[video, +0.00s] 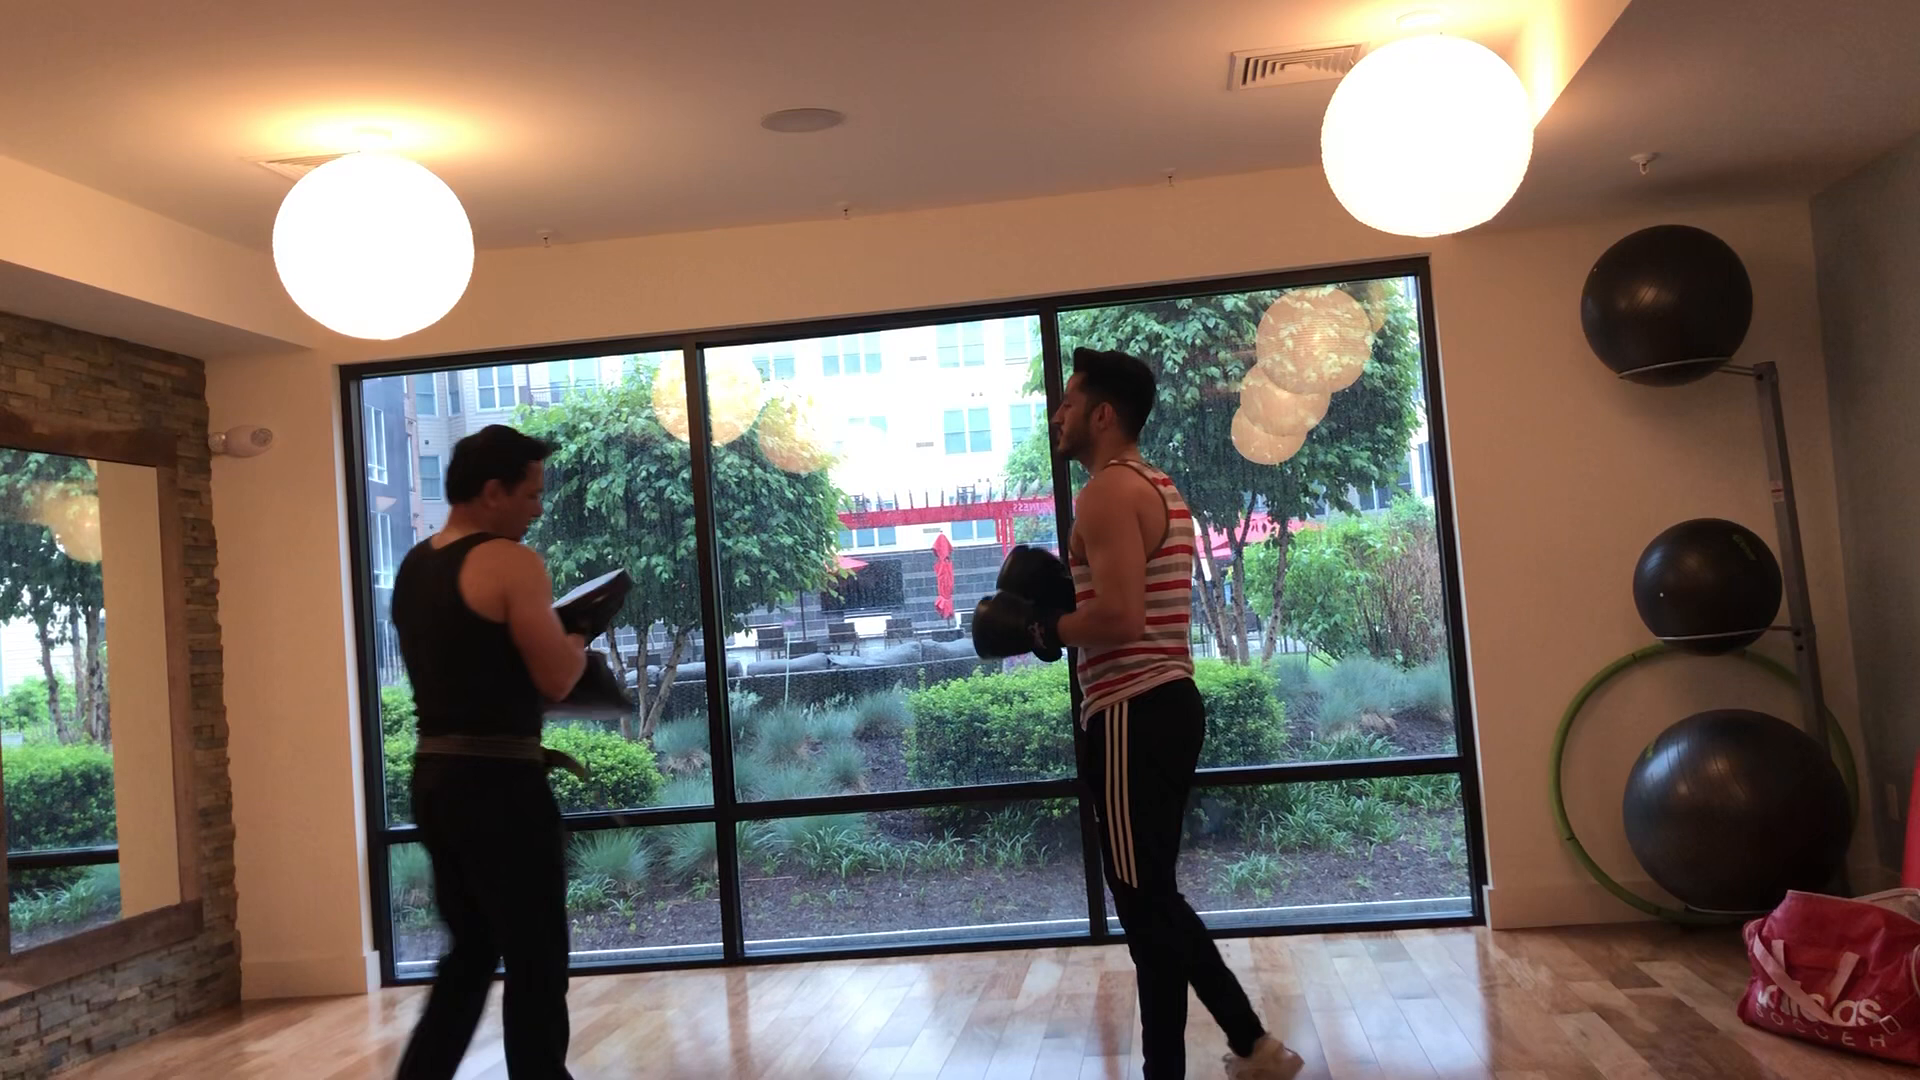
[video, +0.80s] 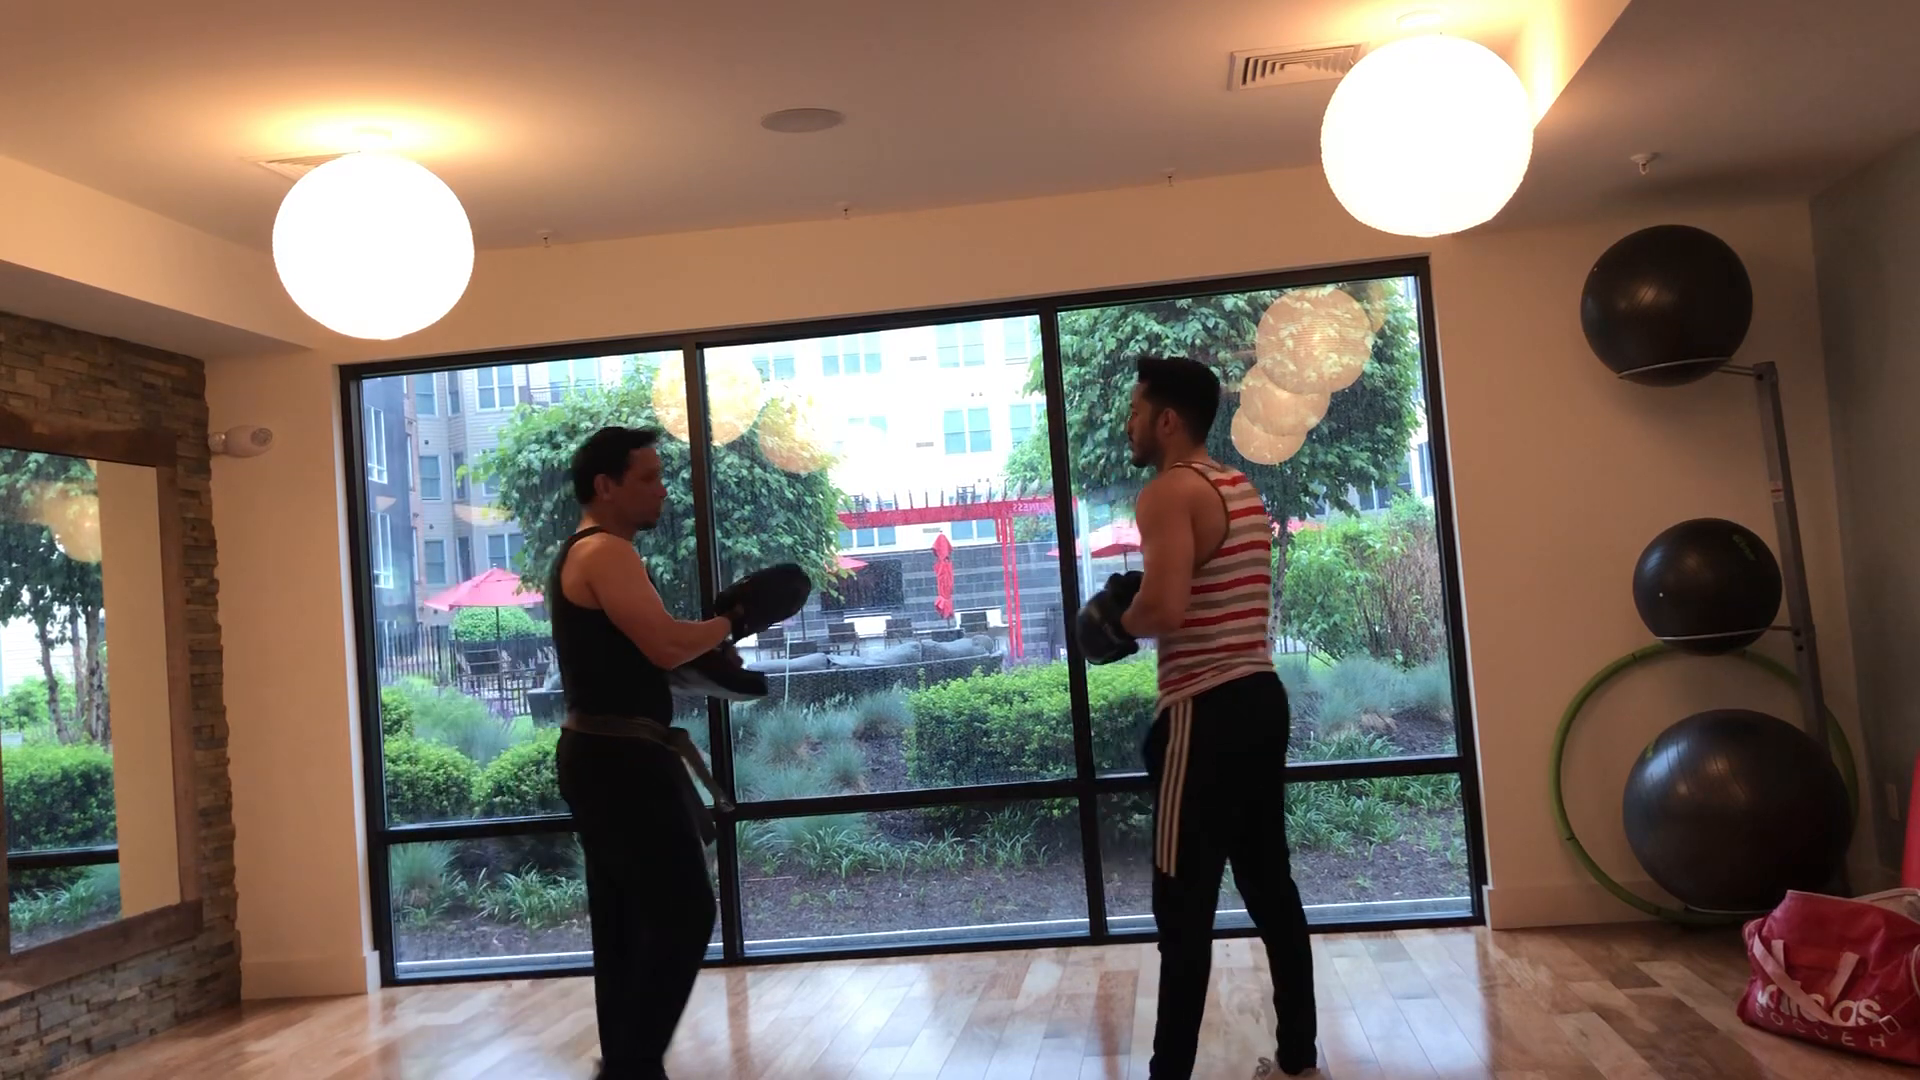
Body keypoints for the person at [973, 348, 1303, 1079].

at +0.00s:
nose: (1055, 413)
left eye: (1066, 400)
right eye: (1061, 399)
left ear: (1102, 413)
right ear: (1115, 417)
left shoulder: (1109, 493)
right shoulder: (1158, 489)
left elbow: (1117, 617)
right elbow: (1140, 604)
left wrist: (1044, 629)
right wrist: (1060, 597)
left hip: (1132, 708)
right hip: (1168, 701)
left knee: (1139, 895)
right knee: (1149, 892)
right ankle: (1250, 1044)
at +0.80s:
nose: (1126, 422)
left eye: (1134, 409)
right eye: (1130, 407)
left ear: (1167, 418)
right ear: (1189, 421)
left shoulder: (1169, 492)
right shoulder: (1238, 486)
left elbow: (1164, 613)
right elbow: (1227, 603)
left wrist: (1118, 619)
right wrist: (1142, 601)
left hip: (1203, 712)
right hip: (1259, 701)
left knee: (1181, 904)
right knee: (1271, 889)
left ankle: (1170, 1066)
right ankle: (1299, 1053)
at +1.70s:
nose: (1197, 404)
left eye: (1212, 392)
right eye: (1201, 391)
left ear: (1256, 404)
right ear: (1248, 406)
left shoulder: (1279, 479)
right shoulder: (1258, 483)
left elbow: (1286, 599)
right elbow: (1267, 599)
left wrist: (1196, 605)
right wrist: (1194, 600)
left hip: (1293, 701)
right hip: (1263, 706)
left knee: (1320, 883)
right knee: (1267, 883)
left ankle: (1362, 1068)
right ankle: (1296, 1057)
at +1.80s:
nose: (1202, 403)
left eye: (1218, 392)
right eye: (1207, 390)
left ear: (1263, 405)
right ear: (1251, 407)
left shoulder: (1293, 481)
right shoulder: (1258, 490)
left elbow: (1311, 601)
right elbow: (1276, 599)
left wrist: (1213, 614)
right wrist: (1204, 605)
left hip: (1309, 702)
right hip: (1268, 709)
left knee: (1333, 887)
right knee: (1259, 883)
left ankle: (1366, 1067)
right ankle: (1293, 1054)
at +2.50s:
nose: (1227, 403)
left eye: (1243, 391)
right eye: (1230, 389)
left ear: (1293, 402)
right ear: (1271, 401)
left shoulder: (1334, 484)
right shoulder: (1264, 482)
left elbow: (1375, 613)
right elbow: (1287, 589)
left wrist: (1263, 624)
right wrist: (1231, 604)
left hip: (1347, 701)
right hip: (1287, 703)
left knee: (1357, 889)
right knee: (1265, 878)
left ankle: (1374, 1065)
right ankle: (1350, 1028)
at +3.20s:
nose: (1247, 420)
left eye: (1262, 406)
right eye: (1242, 408)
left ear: (1305, 412)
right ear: (1245, 416)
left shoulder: (1338, 480)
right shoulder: (1299, 493)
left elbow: (1387, 592)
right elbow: (1341, 596)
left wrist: (1289, 623)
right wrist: (1271, 619)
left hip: (1372, 699)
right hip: (1341, 702)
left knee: (1358, 883)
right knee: (1364, 879)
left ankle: (1373, 1062)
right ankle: (1399, 1046)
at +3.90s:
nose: (1269, 416)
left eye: (1284, 401)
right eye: (1263, 403)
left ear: (1326, 405)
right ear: (1260, 409)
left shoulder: (1360, 479)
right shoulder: (1288, 497)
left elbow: (1420, 588)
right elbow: (1318, 599)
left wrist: (1319, 613)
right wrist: (1254, 607)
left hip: (1367, 698)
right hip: (1319, 706)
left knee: (1374, 881)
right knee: (1355, 884)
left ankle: (1401, 1057)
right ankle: (1395, 1051)